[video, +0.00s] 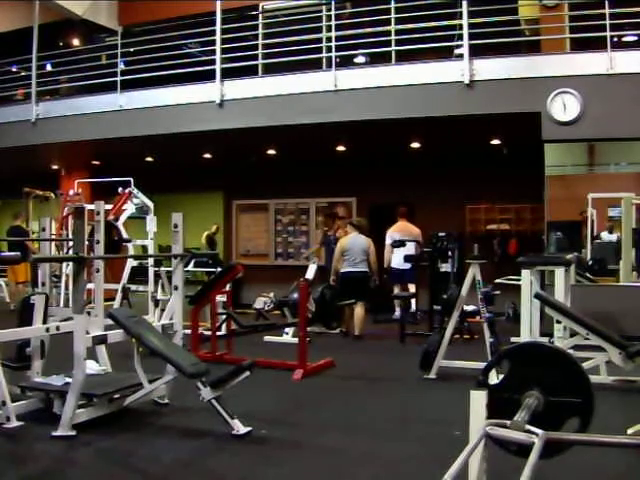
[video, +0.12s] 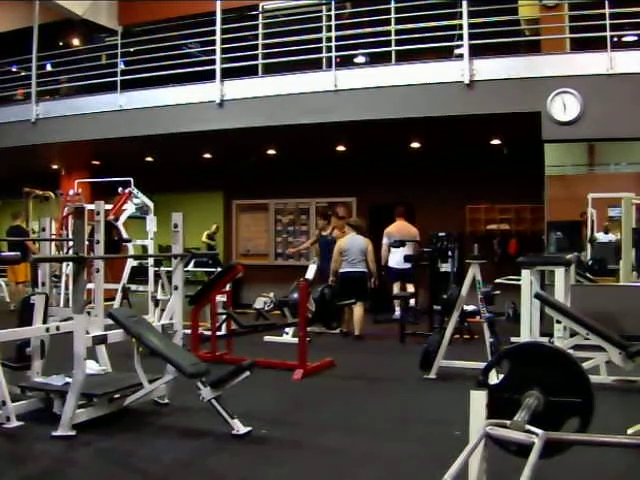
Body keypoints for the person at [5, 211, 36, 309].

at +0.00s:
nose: (24, 219)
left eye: (24, 217)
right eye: (24, 217)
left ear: (14, 218)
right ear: (21, 217)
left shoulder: (9, 230)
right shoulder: (23, 231)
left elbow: (9, 243)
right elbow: (28, 243)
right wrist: (35, 250)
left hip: (10, 259)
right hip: (22, 259)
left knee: (12, 284)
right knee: (21, 283)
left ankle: (12, 303)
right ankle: (22, 303)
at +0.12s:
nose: (24, 219)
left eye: (23, 217)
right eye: (23, 217)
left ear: (13, 218)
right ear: (21, 217)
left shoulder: (9, 230)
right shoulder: (23, 231)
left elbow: (9, 243)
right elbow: (29, 243)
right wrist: (35, 250)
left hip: (10, 259)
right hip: (21, 259)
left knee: (12, 283)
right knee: (21, 283)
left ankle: (12, 303)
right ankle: (21, 303)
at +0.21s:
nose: (23, 219)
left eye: (21, 217)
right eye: (22, 217)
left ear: (12, 218)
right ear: (21, 218)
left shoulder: (9, 230)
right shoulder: (23, 230)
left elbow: (9, 243)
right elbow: (29, 243)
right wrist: (35, 250)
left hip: (10, 259)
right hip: (22, 259)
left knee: (12, 283)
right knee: (21, 283)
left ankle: (13, 303)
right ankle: (21, 303)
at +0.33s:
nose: (22, 217)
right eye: (22, 215)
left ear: (12, 216)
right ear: (21, 216)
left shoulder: (8, 228)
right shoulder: (23, 229)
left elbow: (8, 241)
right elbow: (29, 242)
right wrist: (35, 247)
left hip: (10, 258)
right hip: (22, 258)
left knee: (12, 282)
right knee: (21, 282)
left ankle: (12, 301)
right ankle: (21, 301)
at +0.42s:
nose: (22, 219)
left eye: (21, 217)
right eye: (22, 218)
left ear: (12, 218)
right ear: (20, 218)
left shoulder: (8, 230)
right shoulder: (22, 231)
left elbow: (8, 243)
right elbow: (28, 243)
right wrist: (35, 250)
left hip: (10, 260)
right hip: (21, 260)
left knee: (12, 284)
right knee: (21, 284)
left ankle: (12, 303)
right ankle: (21, 304)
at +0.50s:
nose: (21, 219)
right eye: (21, 218)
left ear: (12, 218)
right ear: (20, 218)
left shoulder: (8, 230)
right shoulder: (23, 231)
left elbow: (9, 243)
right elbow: (28, 243)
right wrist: (35, 250)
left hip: (10, 260)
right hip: (21, 260)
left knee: (12, 284)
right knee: (21, 284)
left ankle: (12, 303)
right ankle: (21, 304)